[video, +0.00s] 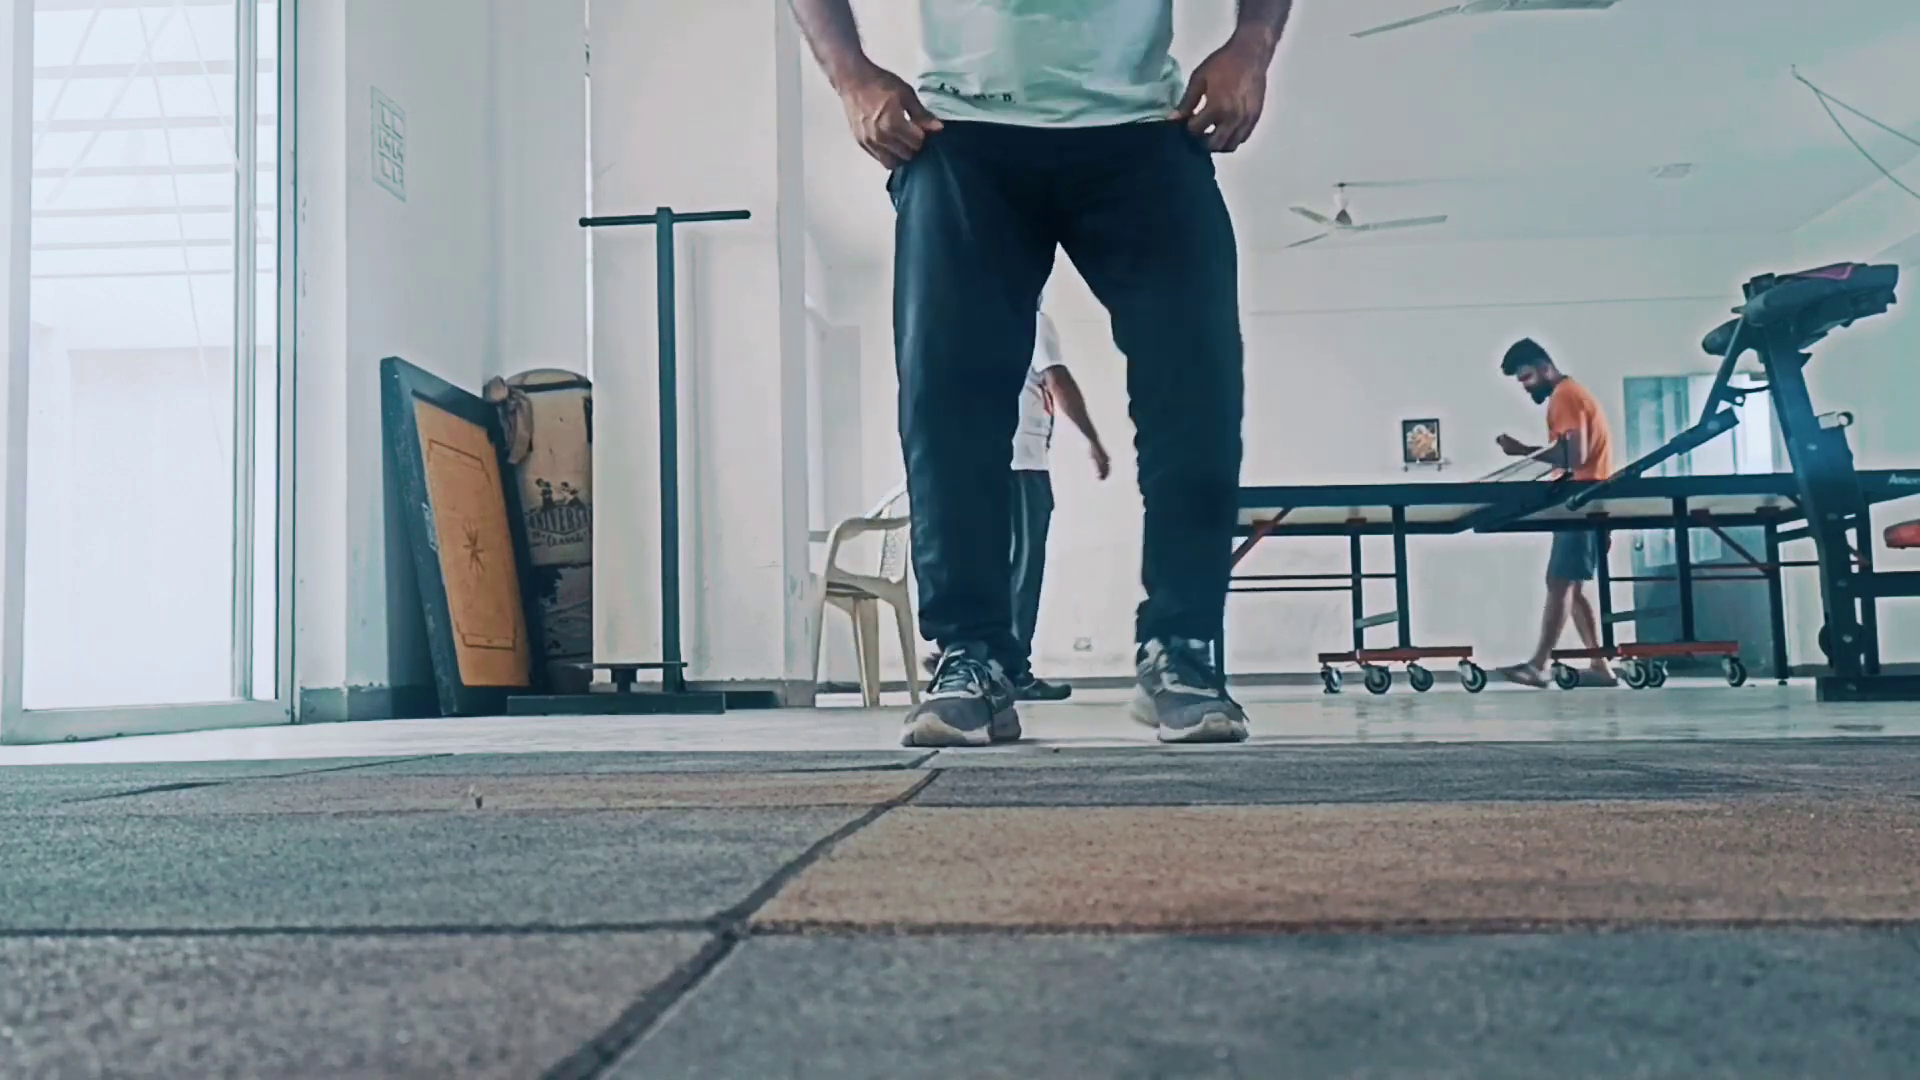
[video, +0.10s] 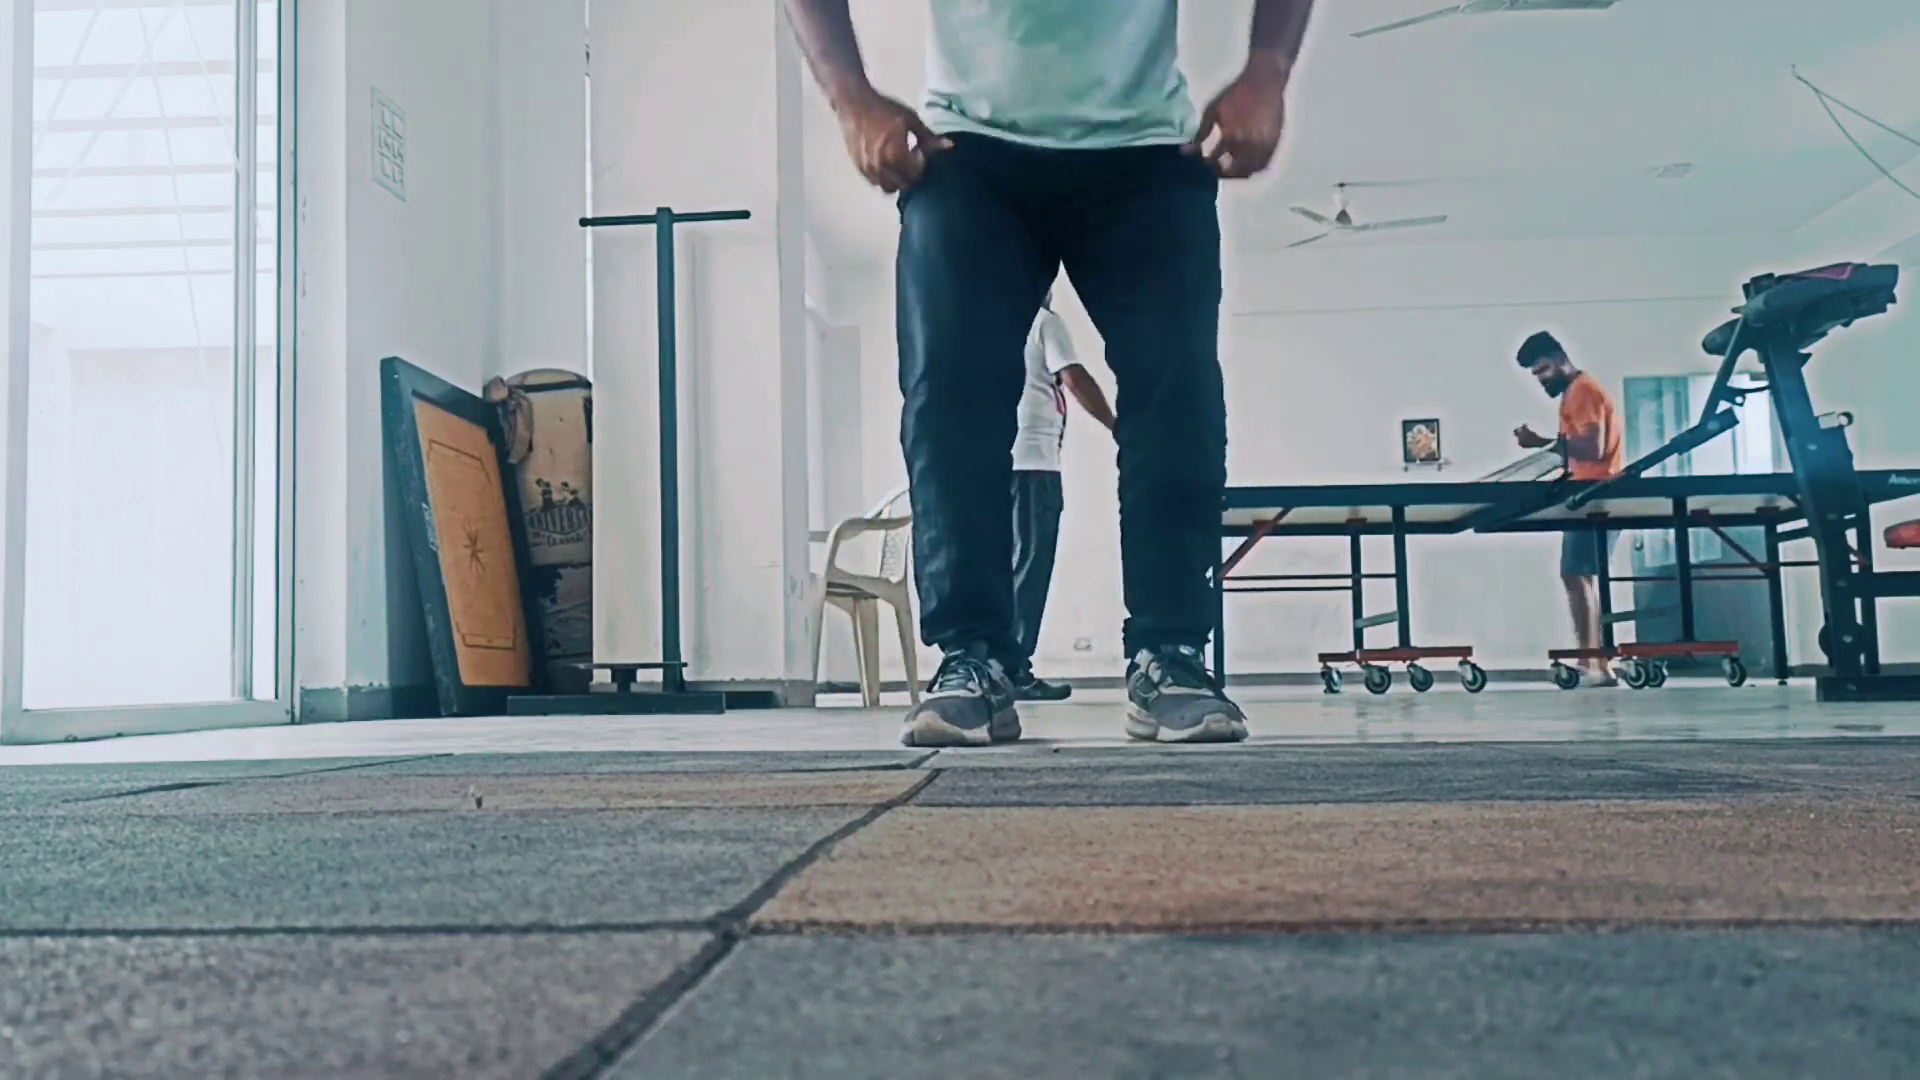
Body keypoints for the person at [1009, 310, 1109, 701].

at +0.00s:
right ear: (1027, 281)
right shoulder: (1032, 316)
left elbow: (1048, 380)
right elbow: (1057, 380)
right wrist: (1093, 439)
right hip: (1023, 460)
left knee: (991, 556)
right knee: (1027, 563)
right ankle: (1015, 666)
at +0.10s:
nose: (1055, 283)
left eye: (1050, 275)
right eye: (1051, 276)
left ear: (1015, 284)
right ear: (1044, 283)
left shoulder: (989, 321)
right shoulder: (1045, 321)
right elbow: (1074, 379)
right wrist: (1114, 423)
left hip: (995, 460)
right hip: (1032, 461)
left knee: (1000, 559)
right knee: (1031, 565)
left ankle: (1001, 663)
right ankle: (1016, 666)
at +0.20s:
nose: (1061, 284)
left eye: (1057, 275)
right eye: (1058, 277)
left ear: (1023, 282)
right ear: (1051, 284)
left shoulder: (998, 319)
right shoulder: (1048, 320)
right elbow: (1082, 380)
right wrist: (1125, 423)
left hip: (1002, 460)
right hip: (1034, 461)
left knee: (1009, 563)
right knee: (1033, 568)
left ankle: (1010, 666)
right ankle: (1020, 669)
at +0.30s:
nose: (1071, 289)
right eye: (1067, 283)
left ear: (1027, 289)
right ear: (1058, 288)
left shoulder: (1007, 324)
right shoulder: (1057, 323)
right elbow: (1087, 384)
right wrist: (1138, 431)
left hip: (1010, 455)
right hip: (1044, 455)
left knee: (1030, 565)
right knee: (1037, 565)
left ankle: (1065, 665)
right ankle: (1013, 667)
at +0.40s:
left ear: (1022, 309)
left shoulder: (1004, 341)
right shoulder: (1064, 333)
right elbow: (1084, 387)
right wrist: (1128, 434)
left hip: (1009, 463)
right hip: (1052, 456)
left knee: (1054, 566)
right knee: (1044, 565)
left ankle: (1082, 670)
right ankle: (1017, 669)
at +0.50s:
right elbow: (1087, 394)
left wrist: (1082, 438)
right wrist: (1116, 442)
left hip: (1028, 461)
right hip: (1061, 457)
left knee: (1067, 572)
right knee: (1053, 564)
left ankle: (1086, 674)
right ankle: (1021, 671)